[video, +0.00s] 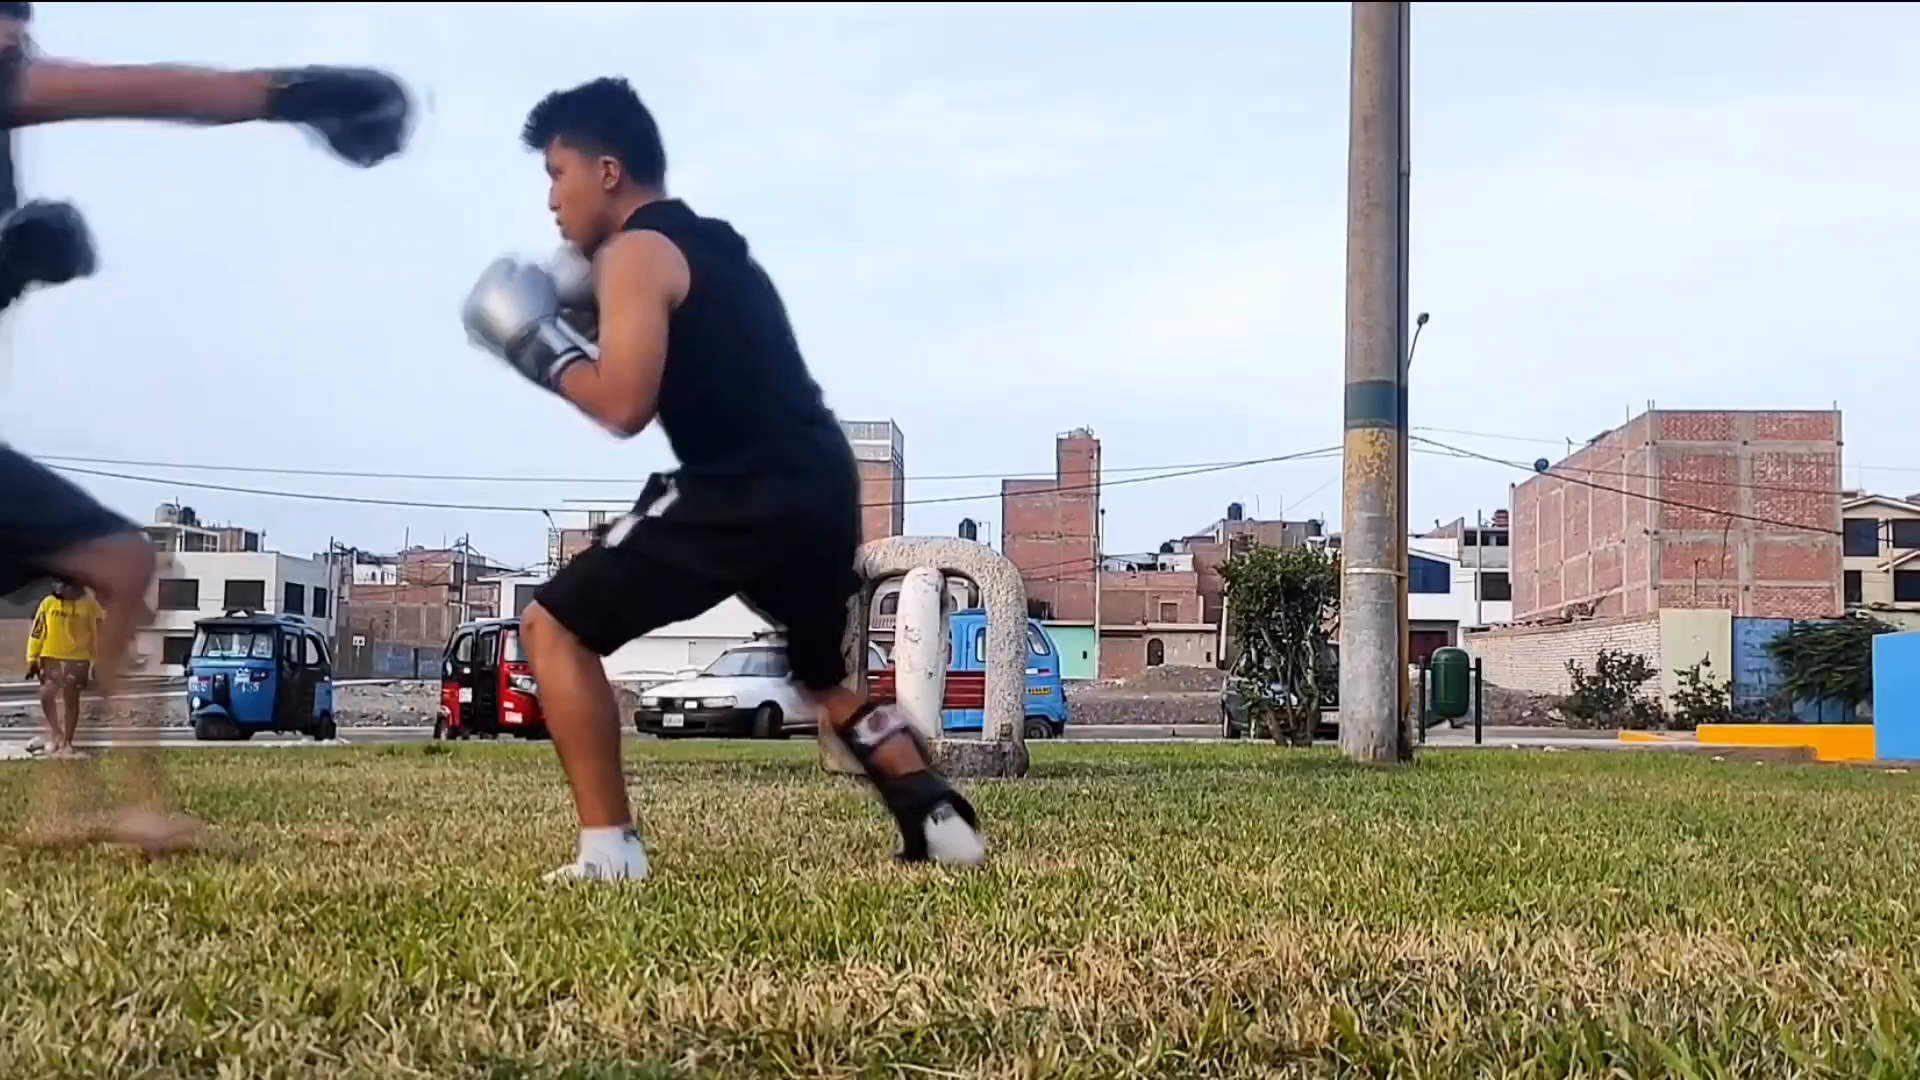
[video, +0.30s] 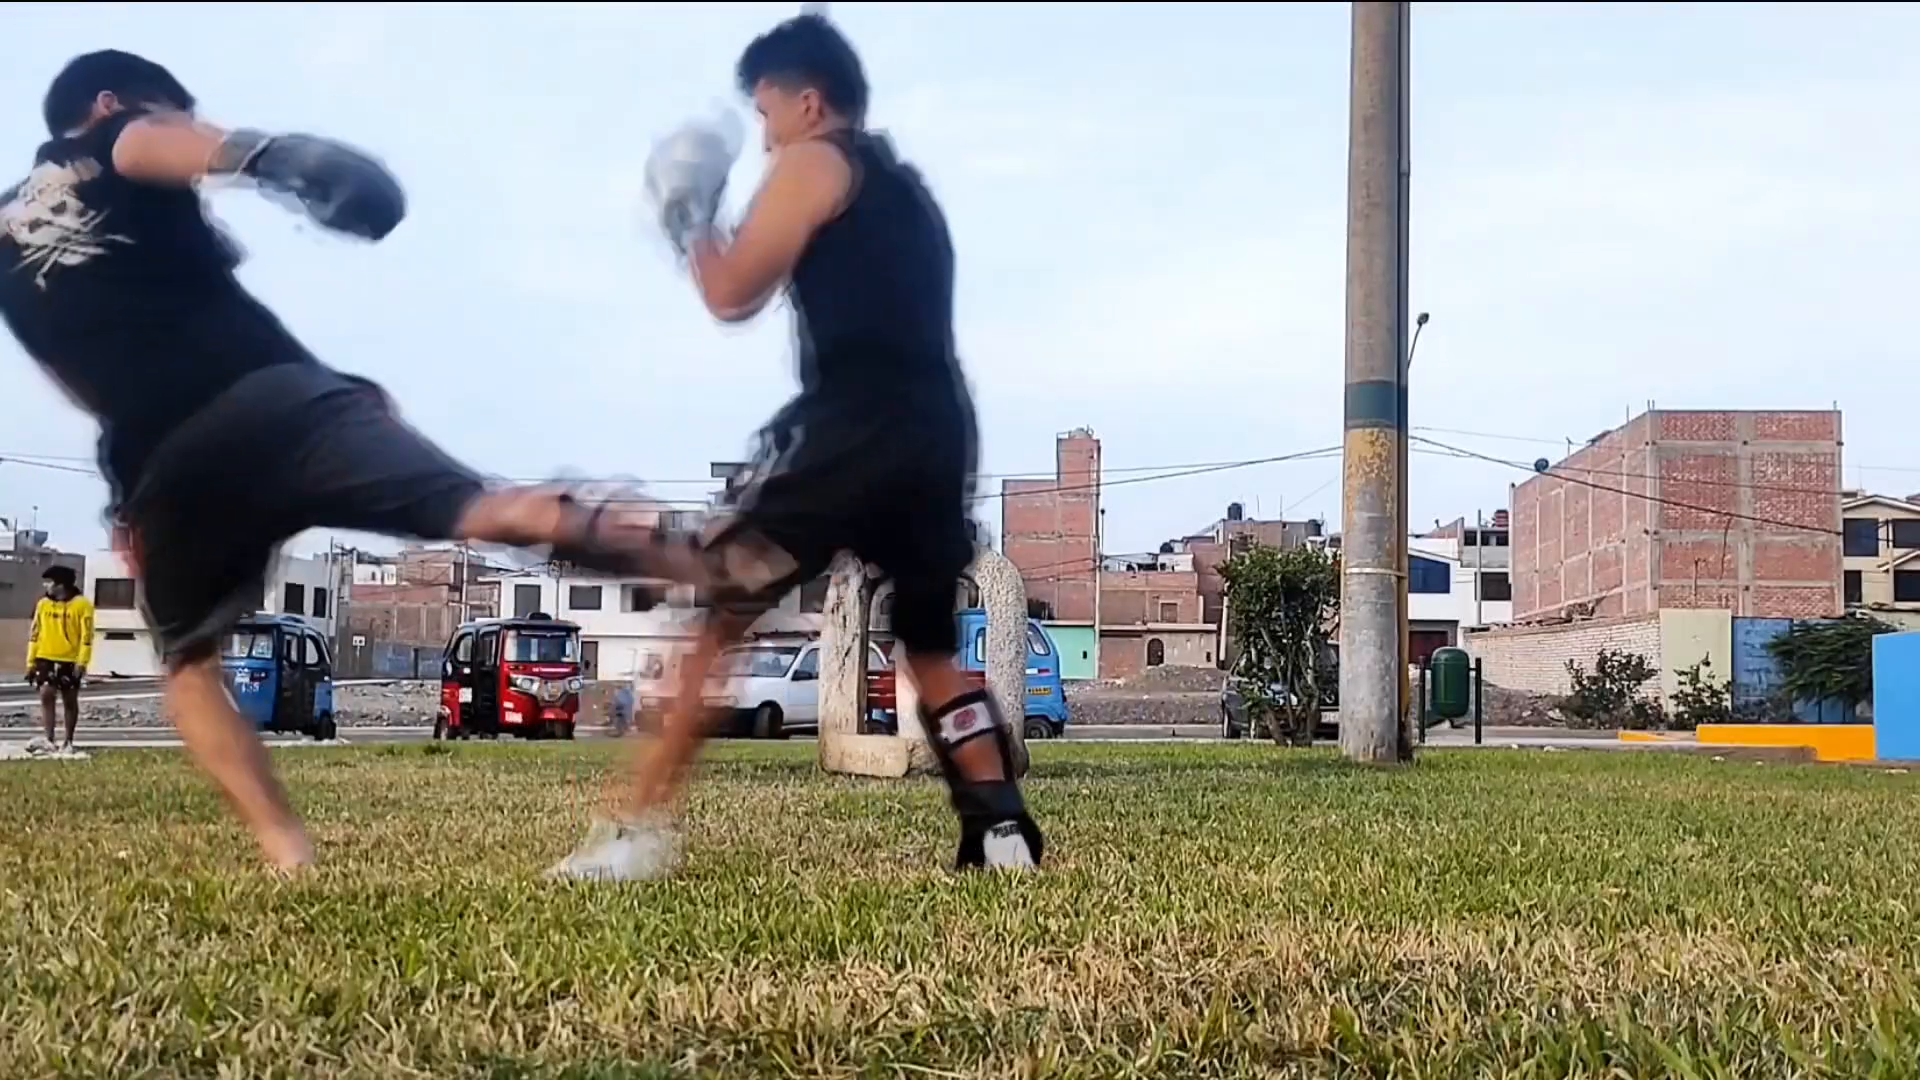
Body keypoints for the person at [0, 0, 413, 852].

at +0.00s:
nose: (23, 41)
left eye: (22, 29)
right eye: (17, 27)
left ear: (20, 39)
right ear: (4, 29)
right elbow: (133, 91)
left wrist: (12, 263)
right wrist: (295, 91)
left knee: (115, 566)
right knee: (121, 562)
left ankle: (65, 803)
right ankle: (144, 802)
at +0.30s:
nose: (178, 130)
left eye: (181, 119)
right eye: (168, 117)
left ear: (67, 122)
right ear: (109, 105)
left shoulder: (10, 246)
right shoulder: (113, 146)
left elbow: (96, 394)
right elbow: (144, 147)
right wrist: (270, 154)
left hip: (160, 472)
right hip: (265, 397)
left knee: (189, 665)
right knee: (471, 503)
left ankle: (288, 851)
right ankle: (685, 555)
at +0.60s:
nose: (300, 80)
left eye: (297, 66)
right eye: (287, 61)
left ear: (204, 73)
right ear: (229, 58)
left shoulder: (146, 199)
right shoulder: (244, 110)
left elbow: (194, 344)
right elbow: (280, 157)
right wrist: (436, 194)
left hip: (253, 423)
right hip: (349, 377)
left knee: (302, 633)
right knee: (534, 547)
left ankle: (299, 849)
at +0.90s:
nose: (361, 67)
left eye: (355, 51)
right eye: (341, 47)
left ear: (283, 59)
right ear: (278, 56)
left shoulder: (293, 161)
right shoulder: (259, 131)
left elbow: (346, 322)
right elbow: (299, 245)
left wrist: (397, 244)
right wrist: (398, 180)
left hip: (270, 424)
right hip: (298, 416)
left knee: (340, 648)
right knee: (405, 610)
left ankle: (174, 824)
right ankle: (455, 843)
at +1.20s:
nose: (296, 20)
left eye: (300, 10)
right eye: (281, 5)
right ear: (223, 11)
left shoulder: (290, 147)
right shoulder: (174, 82)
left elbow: (343, 277)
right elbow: (203, 190)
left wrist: (366, 172)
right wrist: (270, 80)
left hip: (278, 399)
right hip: (189, 378)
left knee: (319, 584)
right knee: (160, 580)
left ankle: (209, 784)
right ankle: (24, 748)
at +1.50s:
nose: (324, 110)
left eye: (337, 97)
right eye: (309, 90)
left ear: (345, 107)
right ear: (256, 87)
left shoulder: (340, 215)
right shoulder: (181, 169)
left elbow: (398, 335)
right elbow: (155, 275)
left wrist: (405, 229)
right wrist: (222, 175)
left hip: (296, 455)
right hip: (181, 444)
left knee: (371, 617)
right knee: (85, 614)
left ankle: (345, 789)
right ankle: (0, 800)